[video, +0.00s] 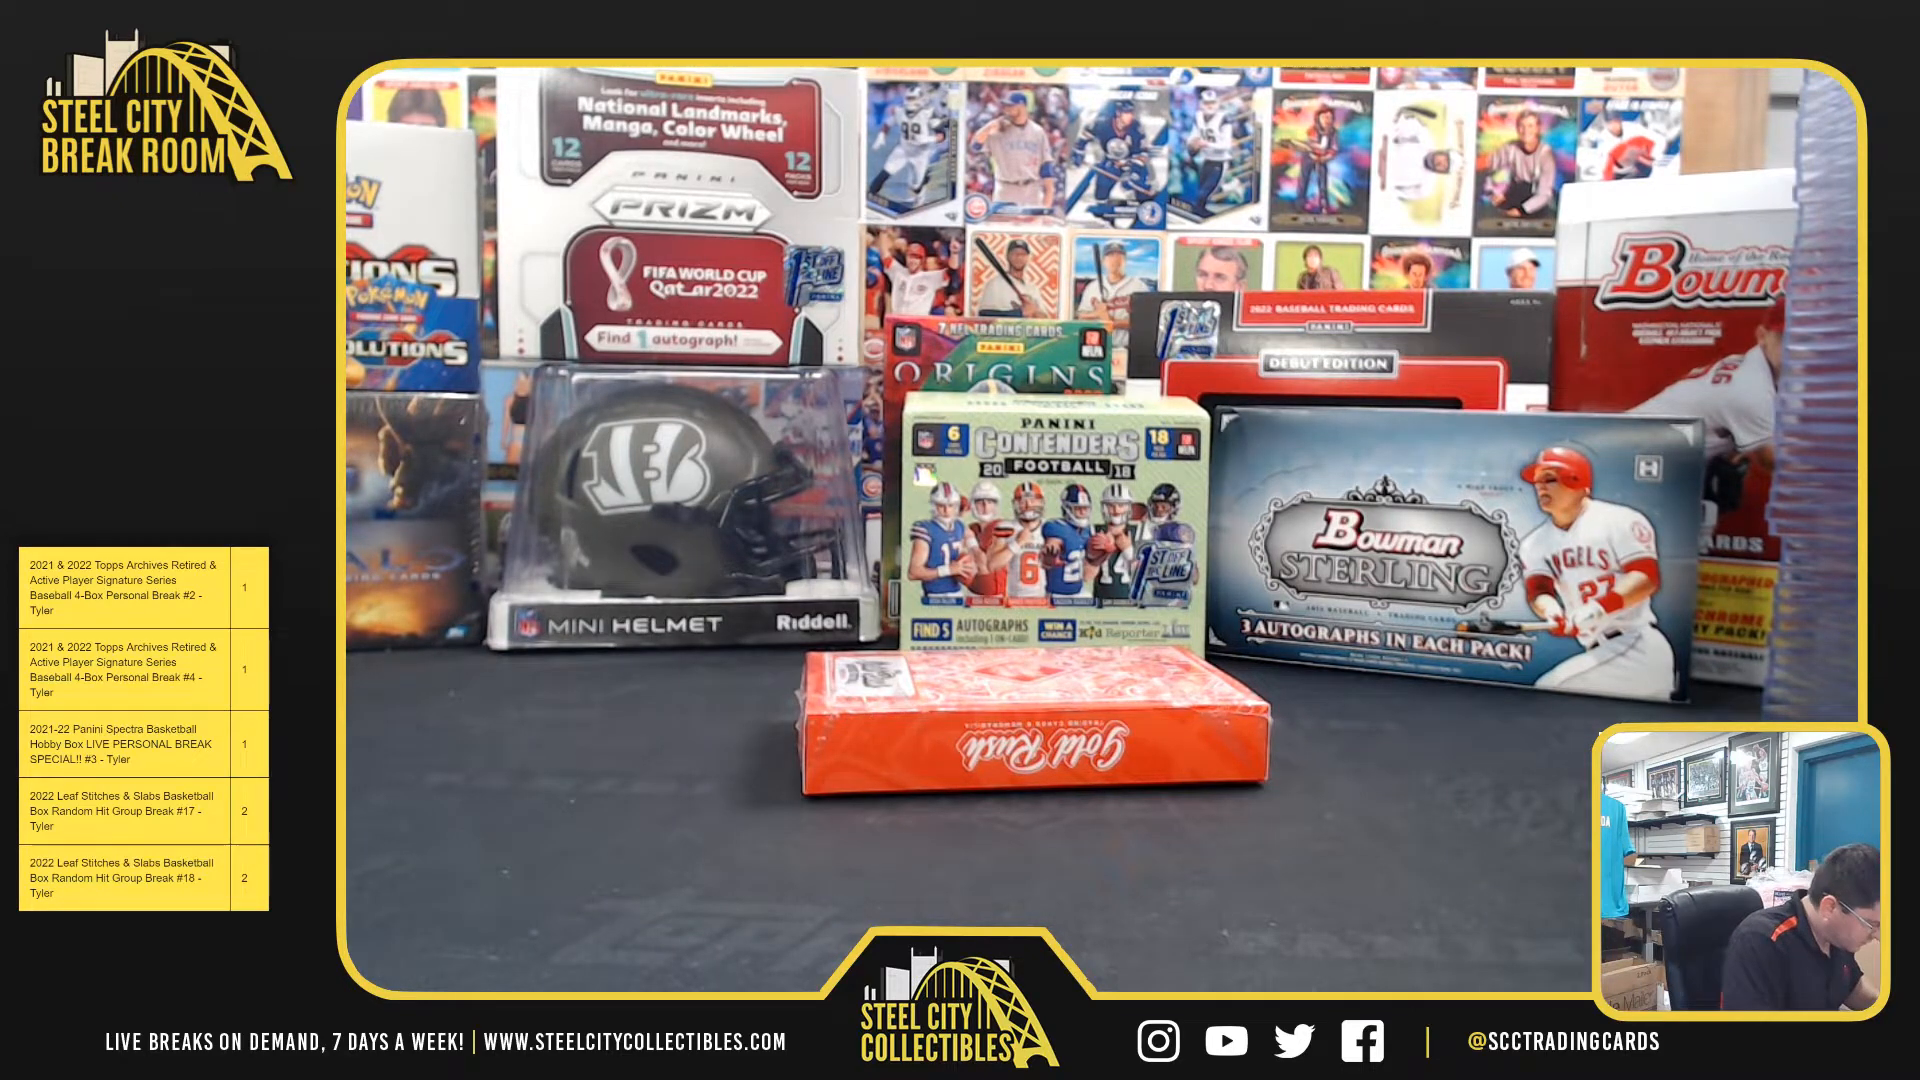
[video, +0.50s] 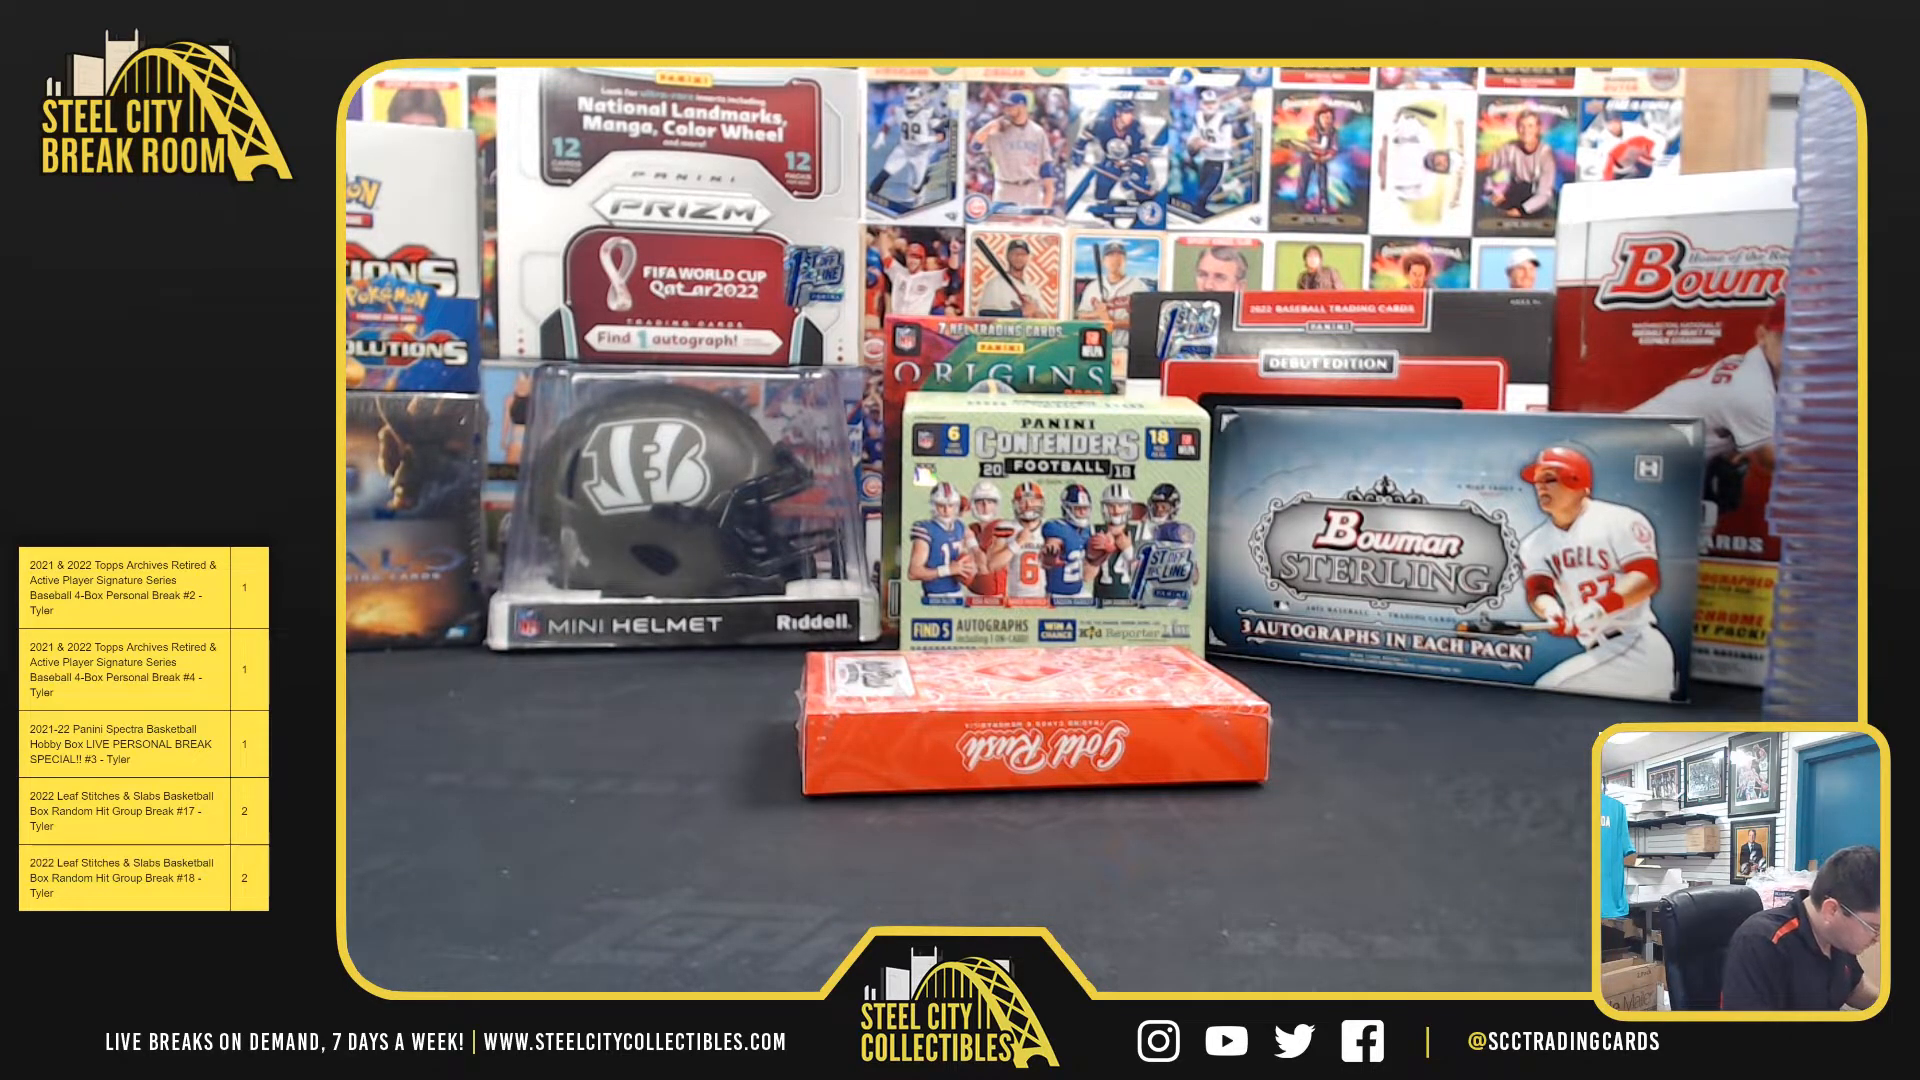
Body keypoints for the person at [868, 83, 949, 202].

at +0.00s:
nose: (910, 103)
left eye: (913, 99)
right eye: (908, 99)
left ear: (920, 100)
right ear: (905, 100)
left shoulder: (928, 115)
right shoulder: (899, 113)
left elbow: (942, 135)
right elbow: (887, 125)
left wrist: (928, 139)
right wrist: (881, 138)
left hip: (921, 153)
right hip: (903, 150)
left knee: (915, 186)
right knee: (886, 172)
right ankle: (868, 197)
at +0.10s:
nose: (910, 103)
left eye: (913, 99)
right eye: (908, 99)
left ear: (920, 100)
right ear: (905, 100)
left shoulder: (928, 114)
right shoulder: (899, 113)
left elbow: (942, 135)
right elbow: (887, 125)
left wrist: (928, 139)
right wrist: (881, 138)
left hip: (921, 153)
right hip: (903, 150)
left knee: (915, 186)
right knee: (885, 173)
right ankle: (868, 198)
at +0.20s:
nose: (910, 103)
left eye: (913, 99)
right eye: (908, 99)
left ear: (920, 100)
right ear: (905, 100)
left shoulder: (928, 114)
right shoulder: (899, 113)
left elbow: (942, 135)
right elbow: (887, 125)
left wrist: (928, 139)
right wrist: (881, 138)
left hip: (921, 153)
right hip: (903, 150)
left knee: (915, 187)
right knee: (885, 173)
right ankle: (868, 198)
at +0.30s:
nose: (910, 103)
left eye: (913, 99)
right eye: (908, 99)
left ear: (920, 100)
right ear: (905, 100)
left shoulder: (928, 114)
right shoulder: (899, 113)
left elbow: (942, 135)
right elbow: (887, 125)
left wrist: (928, 139)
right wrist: (881, 138)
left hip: (921, 153)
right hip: (903, 150)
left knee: (915, 187)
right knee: (885, 173)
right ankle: (868, 197)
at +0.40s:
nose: (910, 103)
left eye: (913, 99)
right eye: (908, 99)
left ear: (920, 100)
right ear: (905, 100)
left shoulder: (928, 114)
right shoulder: (899, 113)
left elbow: (942, 135)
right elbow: (887, 125)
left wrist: (928, 139)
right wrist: (881, 138)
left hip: (921, 153)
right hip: (903, 150)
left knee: (915, 187)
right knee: (885, 173)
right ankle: (868, 198)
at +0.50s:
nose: (910, 103)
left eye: (913, 99)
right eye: (908, 99)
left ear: (920, 100)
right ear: (905, 100)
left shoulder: (928, 114)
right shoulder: (899, 113)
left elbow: (942, 135)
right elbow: (887, 125)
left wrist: (928, 139)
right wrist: (881, 138)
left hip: (921, 153)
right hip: (903, 150)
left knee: (915, 187)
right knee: (885, 173)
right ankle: (868, 198)